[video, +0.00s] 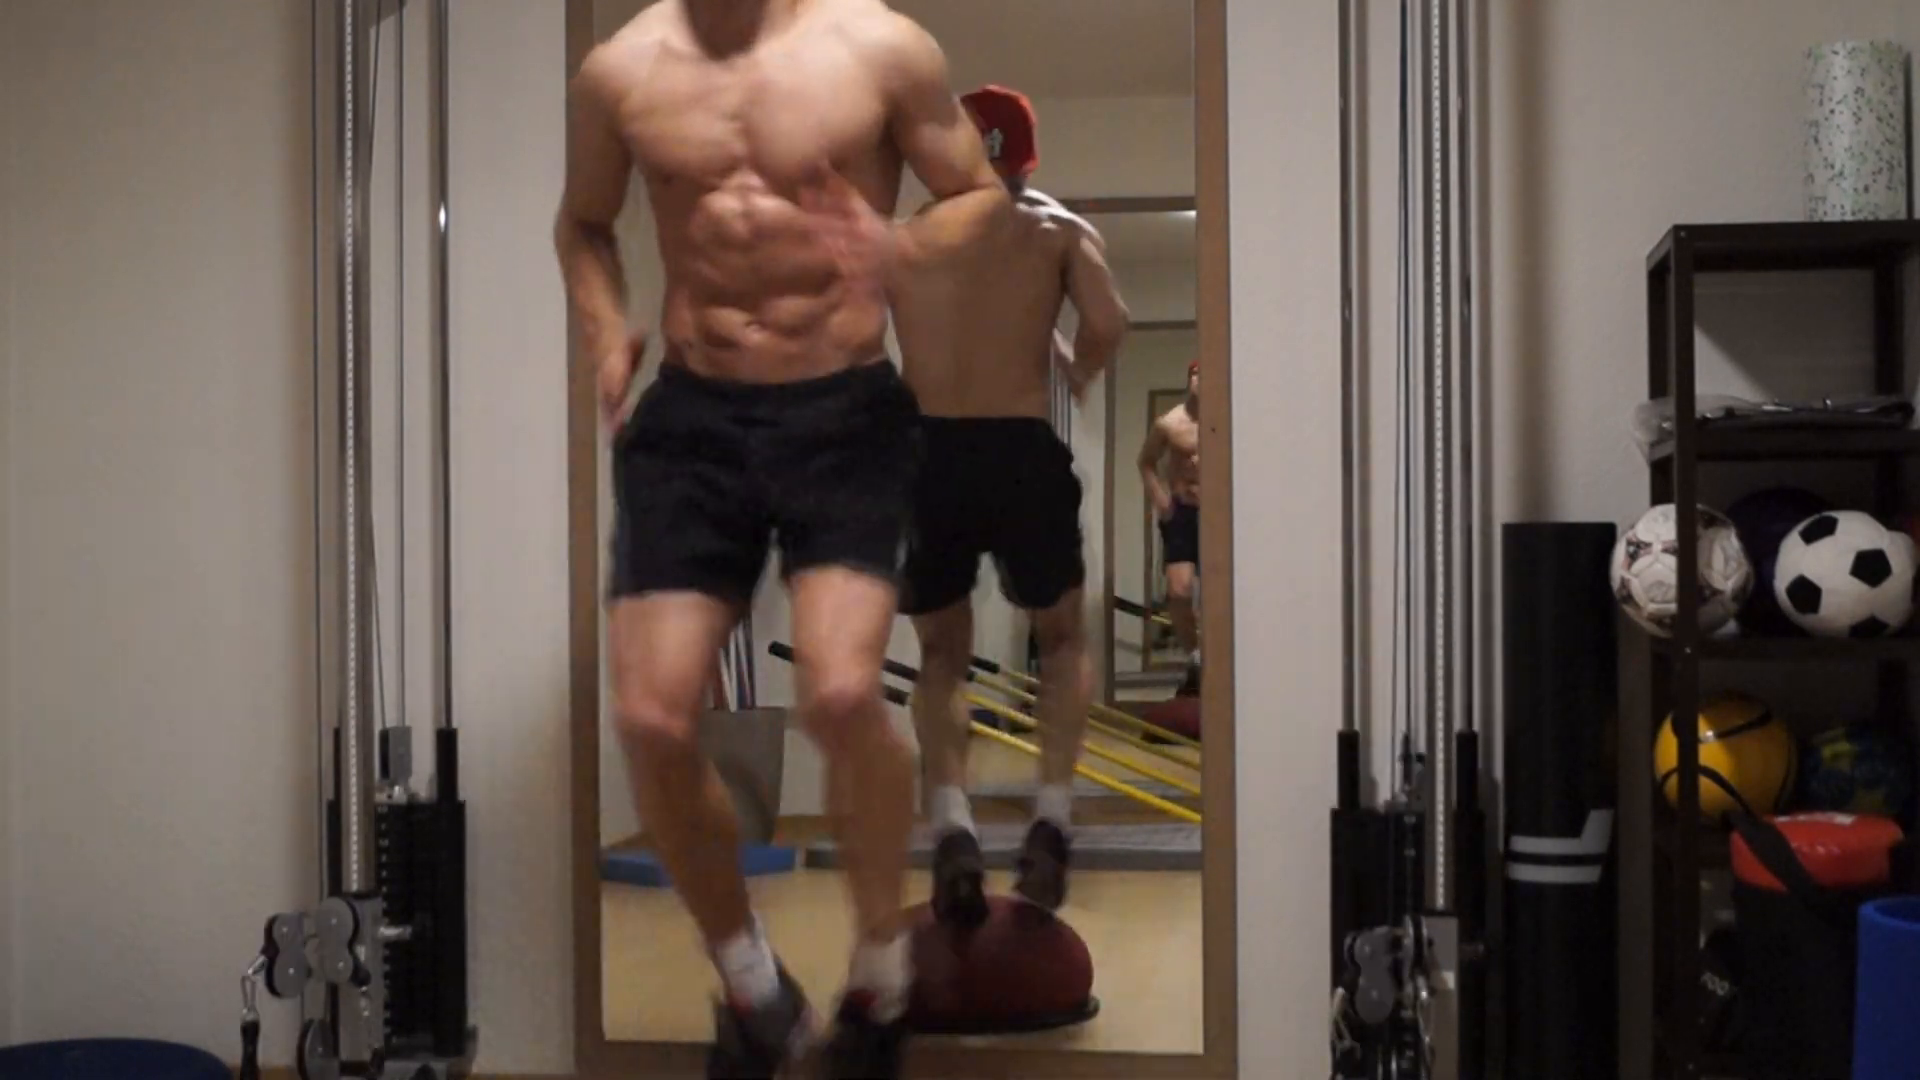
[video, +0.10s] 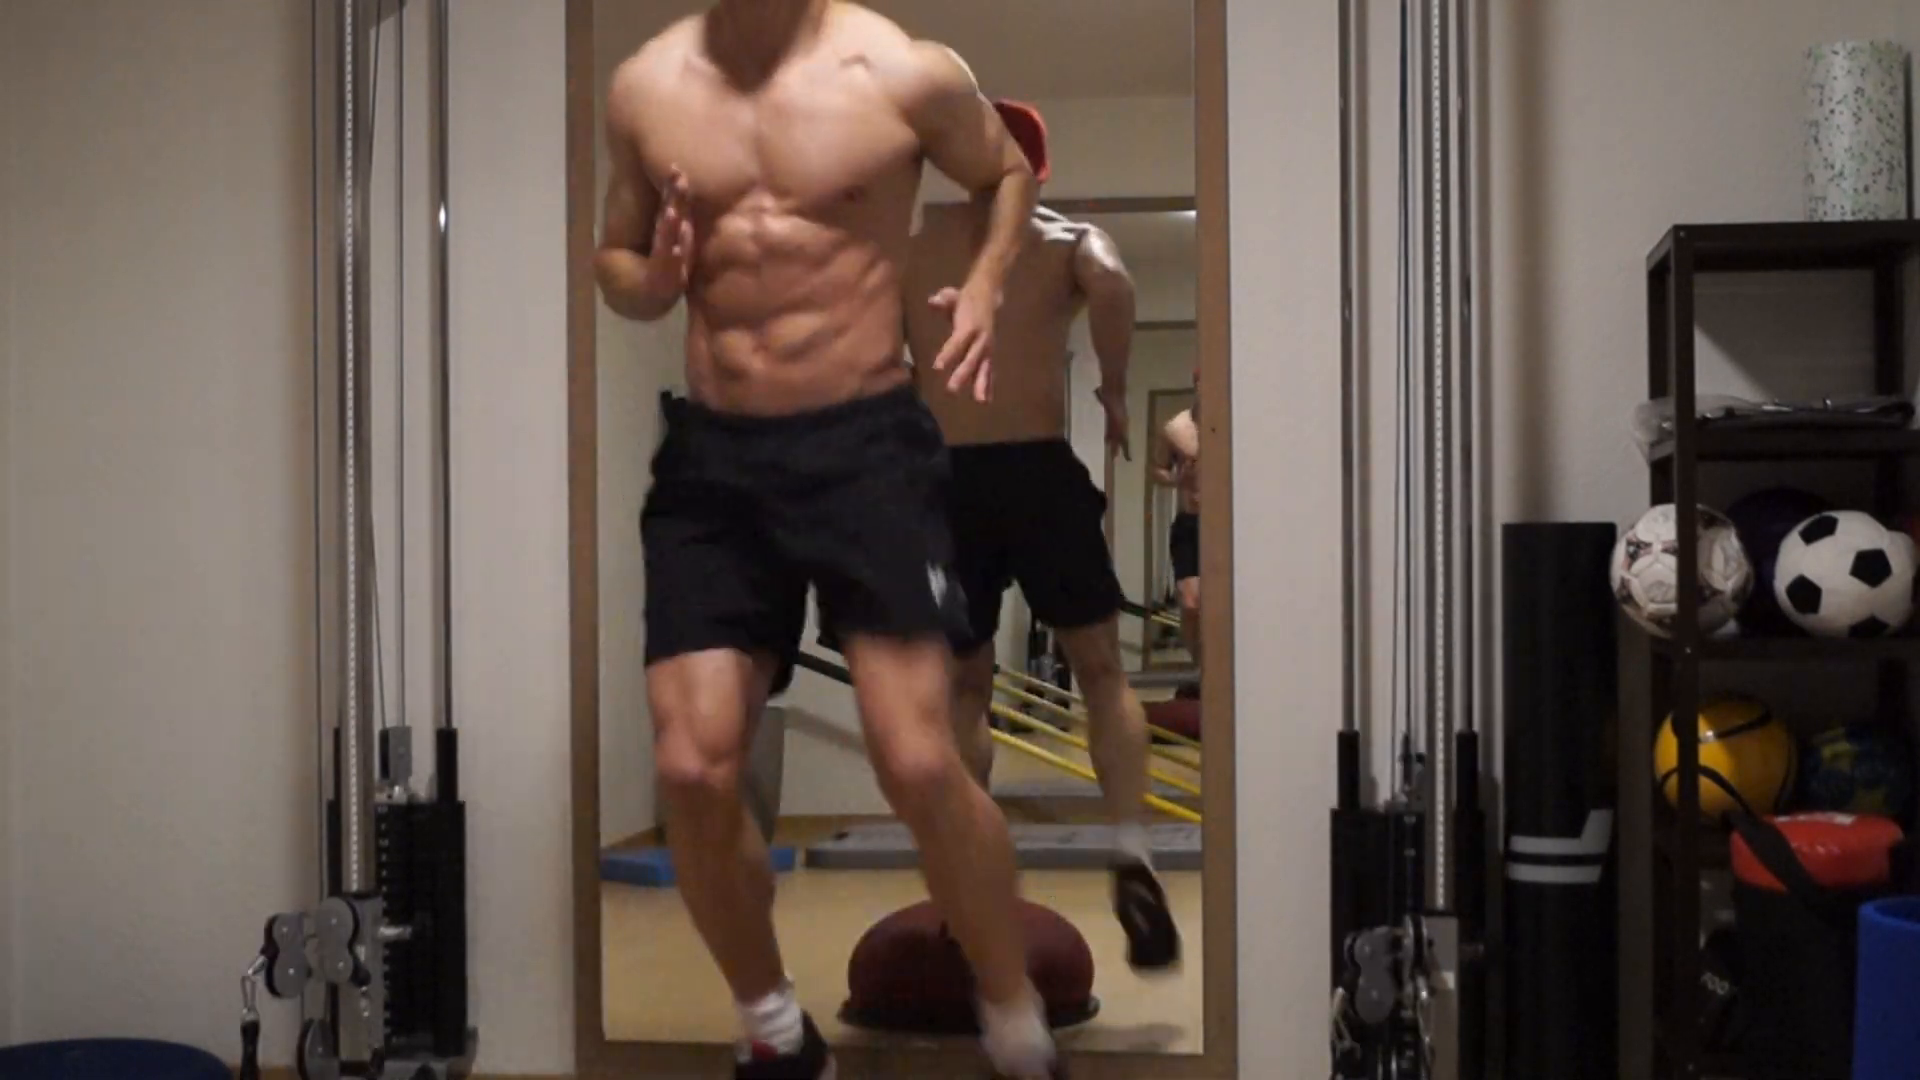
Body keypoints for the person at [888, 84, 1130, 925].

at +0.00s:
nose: (1028, 174)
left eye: (972, 154)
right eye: (1029, 162)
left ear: (958, 158)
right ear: (1029, 162)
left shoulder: (908, 237)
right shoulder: (1060, 231)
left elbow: (881, 330)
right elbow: (1106, 324)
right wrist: (1077, 373)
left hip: (931, 460)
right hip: (1027, 462)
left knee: (941, 654)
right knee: (1060, 640)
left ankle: (950, 825)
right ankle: (1053, 816)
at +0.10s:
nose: (1016, 175)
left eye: (1006, 156)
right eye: (1022, 159)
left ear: (962, 167)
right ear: (1038, 169)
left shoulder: (913, 242)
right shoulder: (1067, 237)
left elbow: (865, 328)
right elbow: (1112, 286)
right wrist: (1114, 395)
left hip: (946, 482)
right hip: (1043, 478)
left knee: (963, 691)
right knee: (1103, 677)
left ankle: (957, 873)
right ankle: (1132, 850)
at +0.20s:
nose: (1016, 196)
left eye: (999, 180)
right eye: (1030, 183)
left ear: (980, 192)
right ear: (1050, 196)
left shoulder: (934, 268)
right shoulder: (1087, 275)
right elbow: (1134, 372)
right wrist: (1114, 444)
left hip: (951, 517)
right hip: (1059, 514)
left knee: (945, 748)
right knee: (1120, 739)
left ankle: (958, 938)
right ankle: (1158, 937)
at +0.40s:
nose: (1021, 223)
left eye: (1002, 205)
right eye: (1031, 209)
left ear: (968, 205)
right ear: (1039, 211)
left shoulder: (925, 278)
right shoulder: (1069, 287)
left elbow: (869, 371)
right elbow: (1126, 395)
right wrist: (1077, 431)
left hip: (942, 504)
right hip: (1041, 506)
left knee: (947, 709)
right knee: (1096, 706)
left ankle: (959, 895)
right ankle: (1130, 876)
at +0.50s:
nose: (1006, 195)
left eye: (973, 182)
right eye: (1012, 186)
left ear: (949, 185)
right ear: (1018, 191)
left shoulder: (896, 264)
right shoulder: (1052, 262)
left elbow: (839, 341)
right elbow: (1091, 325)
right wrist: (1088, 420)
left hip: (912, 480)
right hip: (1010, 479)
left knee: (902, 650)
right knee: (1046, 646)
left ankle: (915, 794)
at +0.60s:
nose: (977, 204)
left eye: (952, 190)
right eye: (988, 190)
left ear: (932, 190)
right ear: (1005, 192)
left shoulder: (892, 262)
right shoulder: (1036, 269)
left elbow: (830, 319)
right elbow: (1077, 371)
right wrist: (1051, 397)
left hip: (897, 482)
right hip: (993, 493)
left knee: (867, 654)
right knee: (1004, 680)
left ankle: (847, 808)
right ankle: (958, 861)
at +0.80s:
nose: (957, 254)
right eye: (967, 242)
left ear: (895, 243)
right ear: (969, 245)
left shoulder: (847, 326)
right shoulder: (994, 321)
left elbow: (789, 462)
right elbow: (996, 385)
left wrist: (855, 501)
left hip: (845, 558)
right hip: (949, 560)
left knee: (818, 741)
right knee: (1019, 652)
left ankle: (774, 917)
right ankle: (980, 776)